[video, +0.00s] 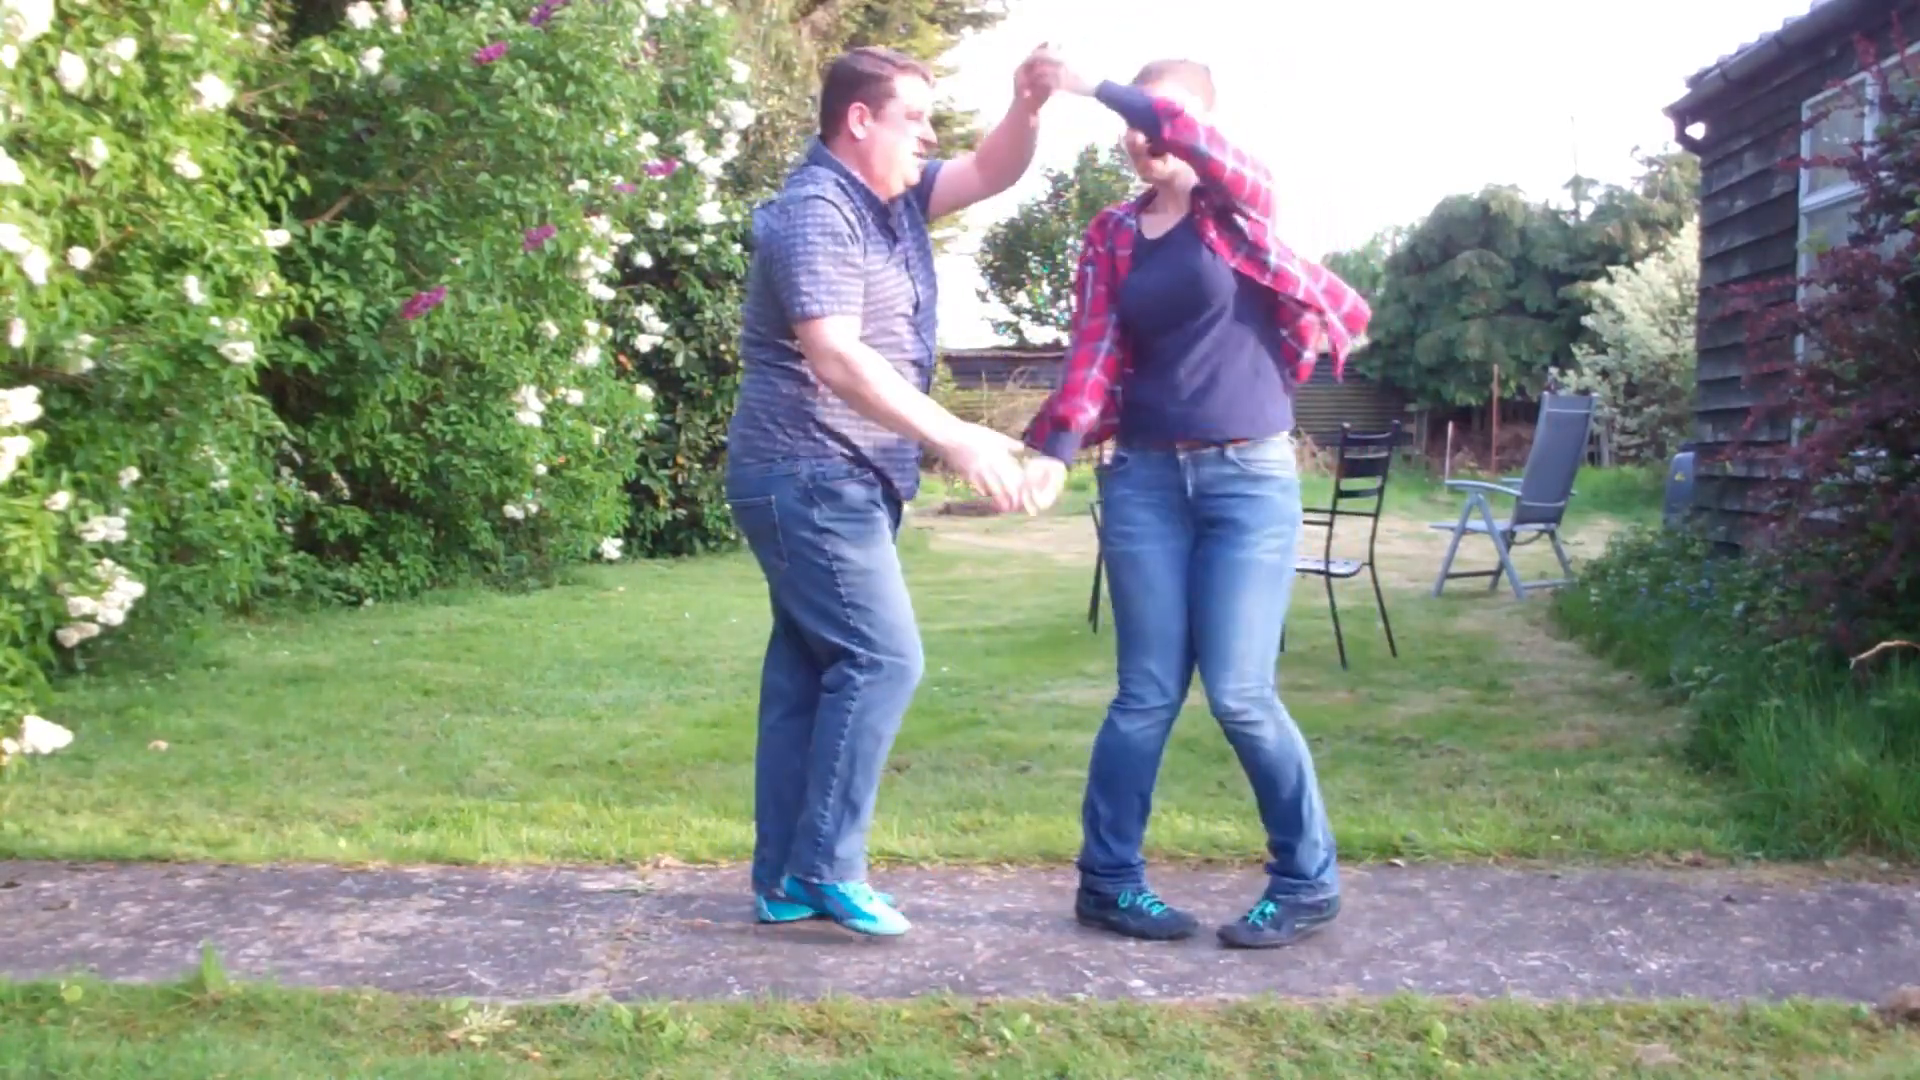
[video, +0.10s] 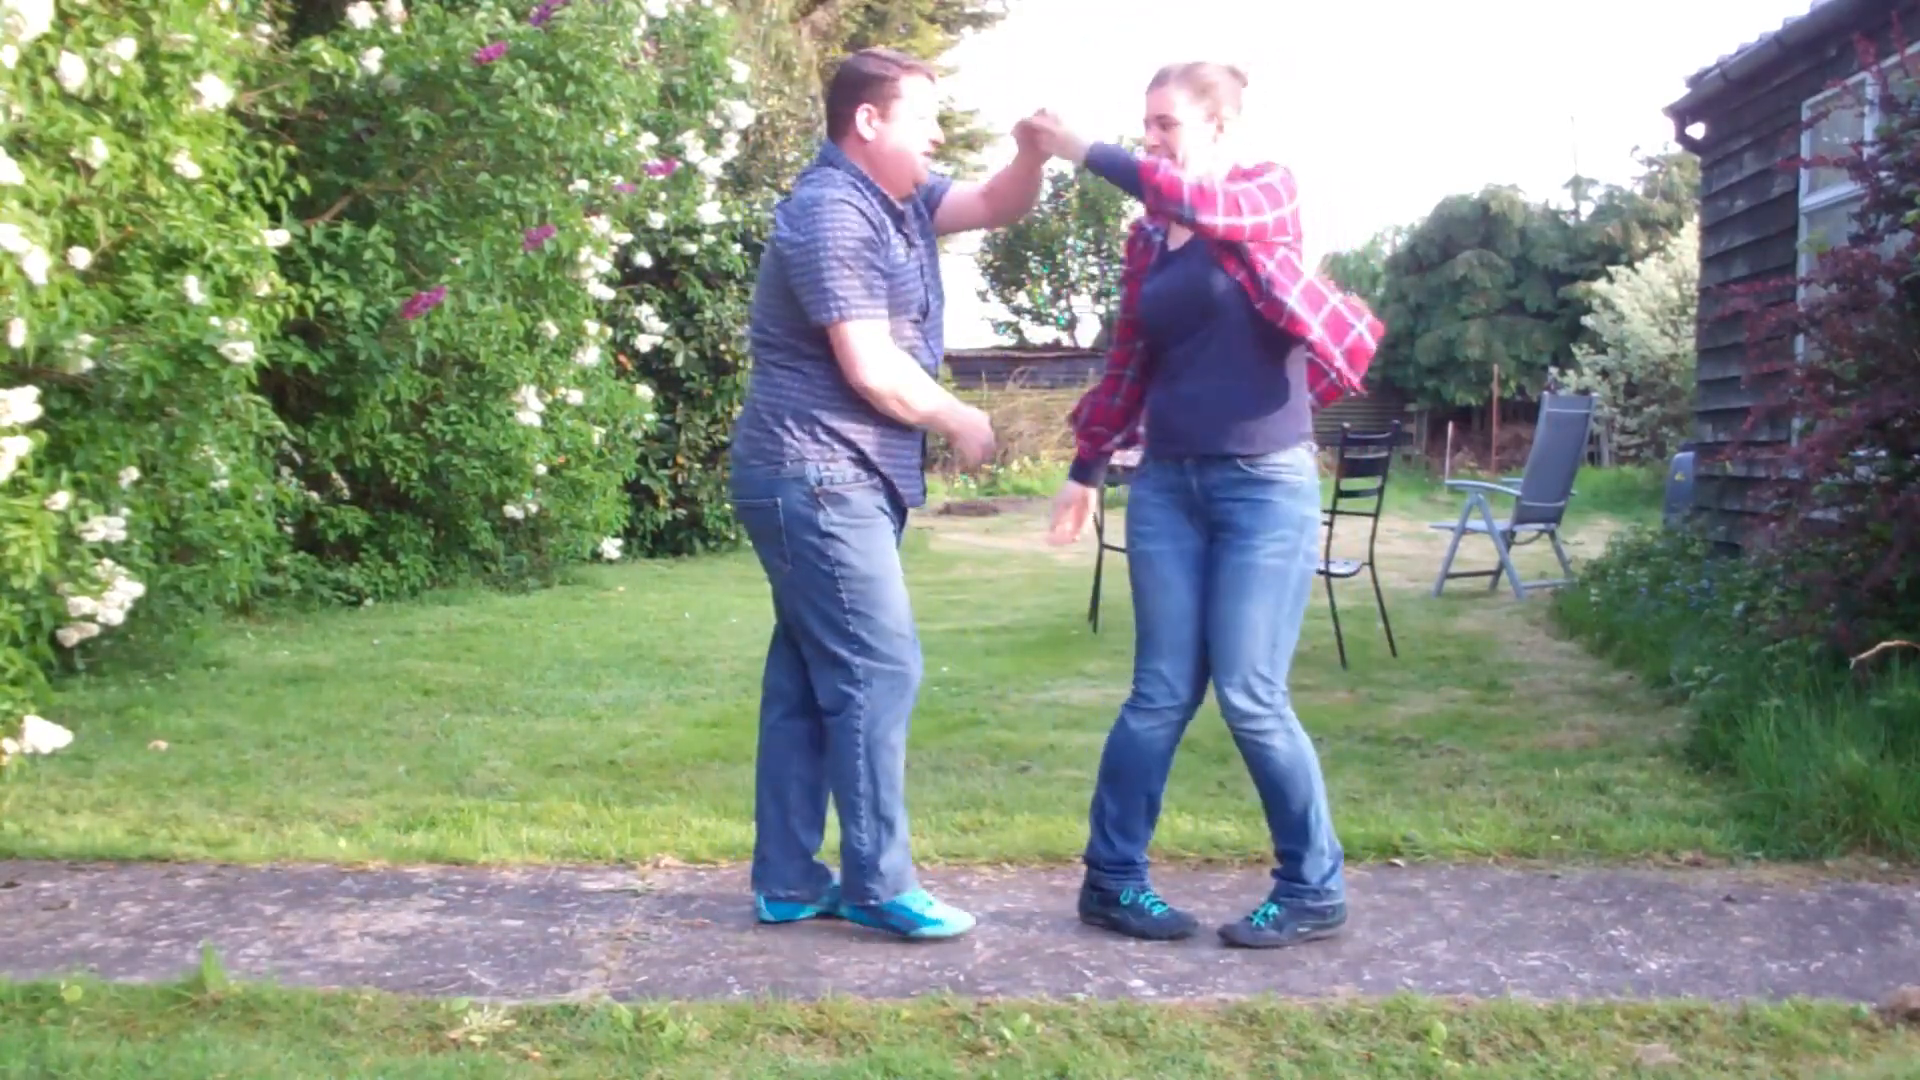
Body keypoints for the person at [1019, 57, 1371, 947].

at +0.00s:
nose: (1149, 137)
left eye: (1165, 122)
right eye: (1140, 121)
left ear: (1205, 128)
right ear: (1125, 135)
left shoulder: (1242, 205)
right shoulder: (1112, 230)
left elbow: (1188, 127)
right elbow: (1092, 352)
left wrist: (1095, 86)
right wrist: (1052, 449)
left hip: (1252, 476)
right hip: (1143, 479)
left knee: (1237, 691)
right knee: (1148, 691)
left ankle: (1308, 881)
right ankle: (1108, 880)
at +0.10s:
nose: (1150, 139)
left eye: (1165, 124)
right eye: (1145, 127)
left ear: (1220, 124)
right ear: (1149, 129)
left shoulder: (1271, 189)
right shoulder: (1146, 230)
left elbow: (1202, 206)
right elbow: (1127, 357)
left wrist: (1081, 150)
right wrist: (1086, 469)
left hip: (1268, 480)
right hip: (1167, 482)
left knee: (1247, 688)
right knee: (1161, 690)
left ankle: (1314, 888)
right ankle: (1112, 877)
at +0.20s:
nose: (1169, 146)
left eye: (1182, 130)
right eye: (1168, 130)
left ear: (1236, 129)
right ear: (1201, 134)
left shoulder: (1285, 200)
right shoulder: (1193, 229)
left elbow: (1210, 263)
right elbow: (1165, 334)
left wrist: (1095, 220)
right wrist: (1127, 381)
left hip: (1287, 489)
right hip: (1194, 488)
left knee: (1257, 696)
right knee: (1168, 691)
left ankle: (1314, 891)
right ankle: (1144, 877)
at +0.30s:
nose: (1186, 145)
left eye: (1197, 130)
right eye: (1186, 130)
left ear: (1251, 130)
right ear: (1229, 132)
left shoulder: (1291, 209)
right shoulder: (1224, 221)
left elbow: (1216, 309)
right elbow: (1173, 259)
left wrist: (1100, 279)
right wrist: (1120, 255)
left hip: (1298, 488)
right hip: (1221, 489)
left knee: (1258, 695)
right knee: (1180, 684)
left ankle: (1315, 892)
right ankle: (1228, 863)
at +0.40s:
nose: (1200, 149)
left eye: (1210, 131)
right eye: (1198, 134)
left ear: (1263, 130)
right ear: (1258, 132)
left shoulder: (1298, 212)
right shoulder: (1258, 218)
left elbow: (1225, 335)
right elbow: (1219, 187)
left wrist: (1121, 327)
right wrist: (1181, 148)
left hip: (1303, 484)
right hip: (1250, 486)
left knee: (1256, 696)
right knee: (1200, 686)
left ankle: (1312, 894)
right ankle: (1330, 831)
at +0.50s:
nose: (1221, 140)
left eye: (1235, 124)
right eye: (1220, 127)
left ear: (1287, 130)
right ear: (1287, 133)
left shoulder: (1308, 213)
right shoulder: (1294, 212)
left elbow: (1240, 349)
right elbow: (1234, 181)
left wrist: (1137, 357)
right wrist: (1199, 108)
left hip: (1305, 474)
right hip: (1296, 471)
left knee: (1260, 689)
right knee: (1262, 683)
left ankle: (1312, 890)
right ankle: (1394, 812)